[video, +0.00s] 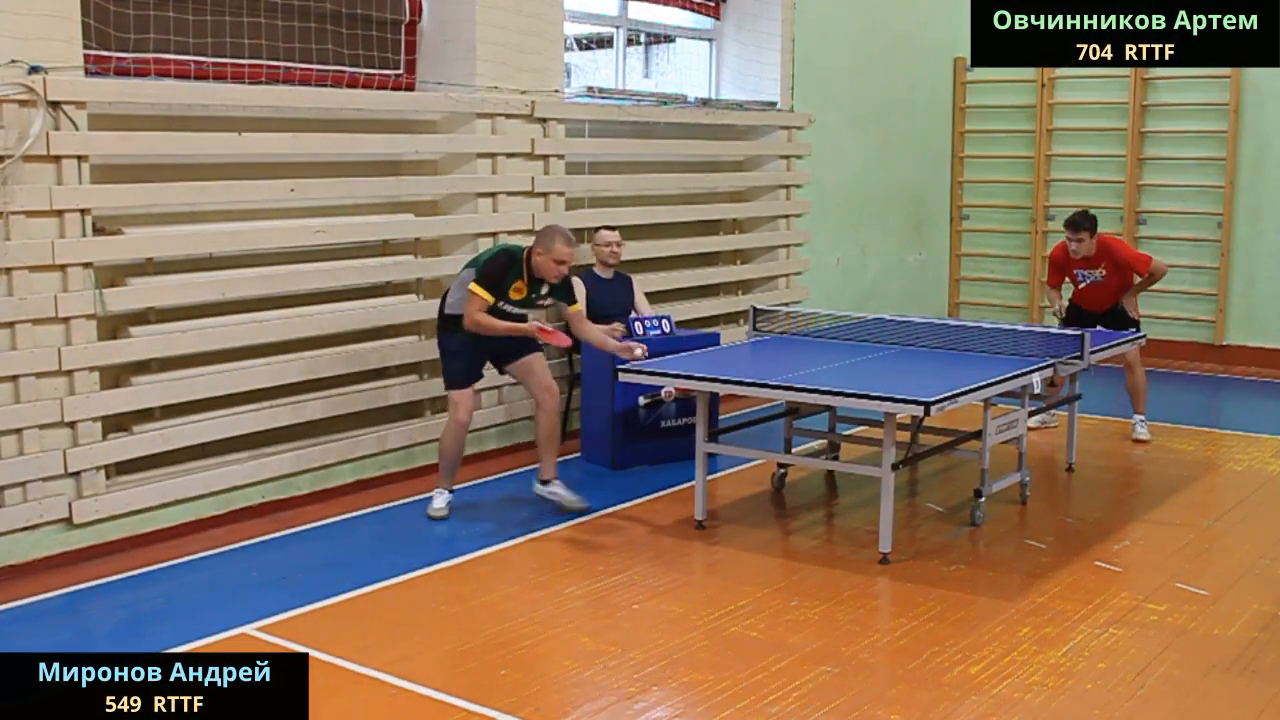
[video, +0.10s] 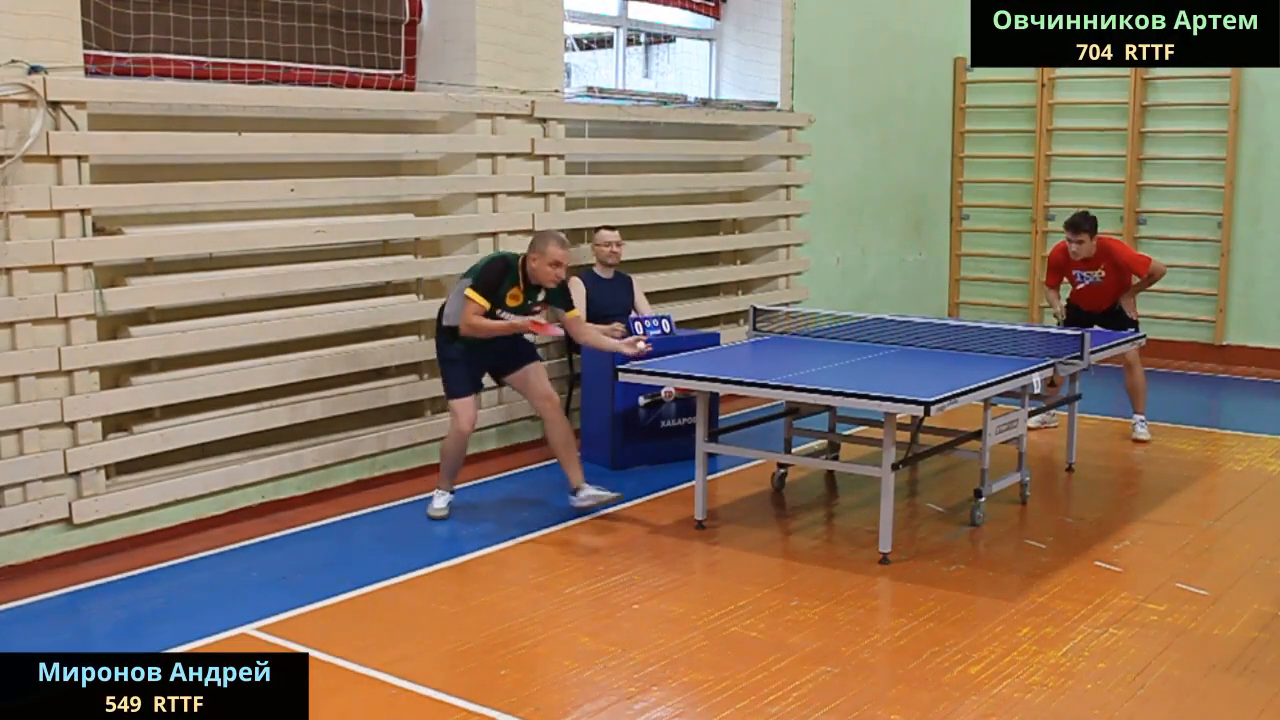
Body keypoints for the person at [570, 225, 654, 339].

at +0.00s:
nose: (614, 250)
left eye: (618, 245)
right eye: (607, 245)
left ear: (623, 247)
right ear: (593, 249)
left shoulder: (628, 281)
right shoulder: (579, 281)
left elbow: (649, 316)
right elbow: (579, 324)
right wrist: (605, 330)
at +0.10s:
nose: (614, 250)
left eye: (618, 245)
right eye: (607, 245)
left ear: (622, 247)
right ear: (594, 249)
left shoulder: (628, 281)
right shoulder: (578, 282)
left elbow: (649, 318)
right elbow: (577, 327)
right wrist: (606, 330)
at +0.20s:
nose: (614, 250)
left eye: (618, 245)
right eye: (607, 245)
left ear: (622, 247)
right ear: (594, 249)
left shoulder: (628, 281)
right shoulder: (578, 282)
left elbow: (649, 318)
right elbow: (577, 327)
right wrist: (605, 330)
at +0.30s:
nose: (613, 250)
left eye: (618, 245)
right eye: (607, 245)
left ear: (622, 248)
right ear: (593, 249)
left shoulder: (628, 281)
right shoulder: (578, 282)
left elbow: (649, 318)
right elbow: (576, 326)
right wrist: (605, 330)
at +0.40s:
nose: (614, 250)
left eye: (618, 245)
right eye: (607, 245)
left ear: (622, 247)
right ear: (593, 249)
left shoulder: (628, 281)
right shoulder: (579, 282)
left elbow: (649, 317)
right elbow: (576, 328)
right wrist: (606, 330)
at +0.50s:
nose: (614, 250)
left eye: (618, 245)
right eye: (607, 245)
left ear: (622, 248)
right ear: (593, 249)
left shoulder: (629, 282)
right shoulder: (578, 283)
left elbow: (649, 319)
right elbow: (576, 327)